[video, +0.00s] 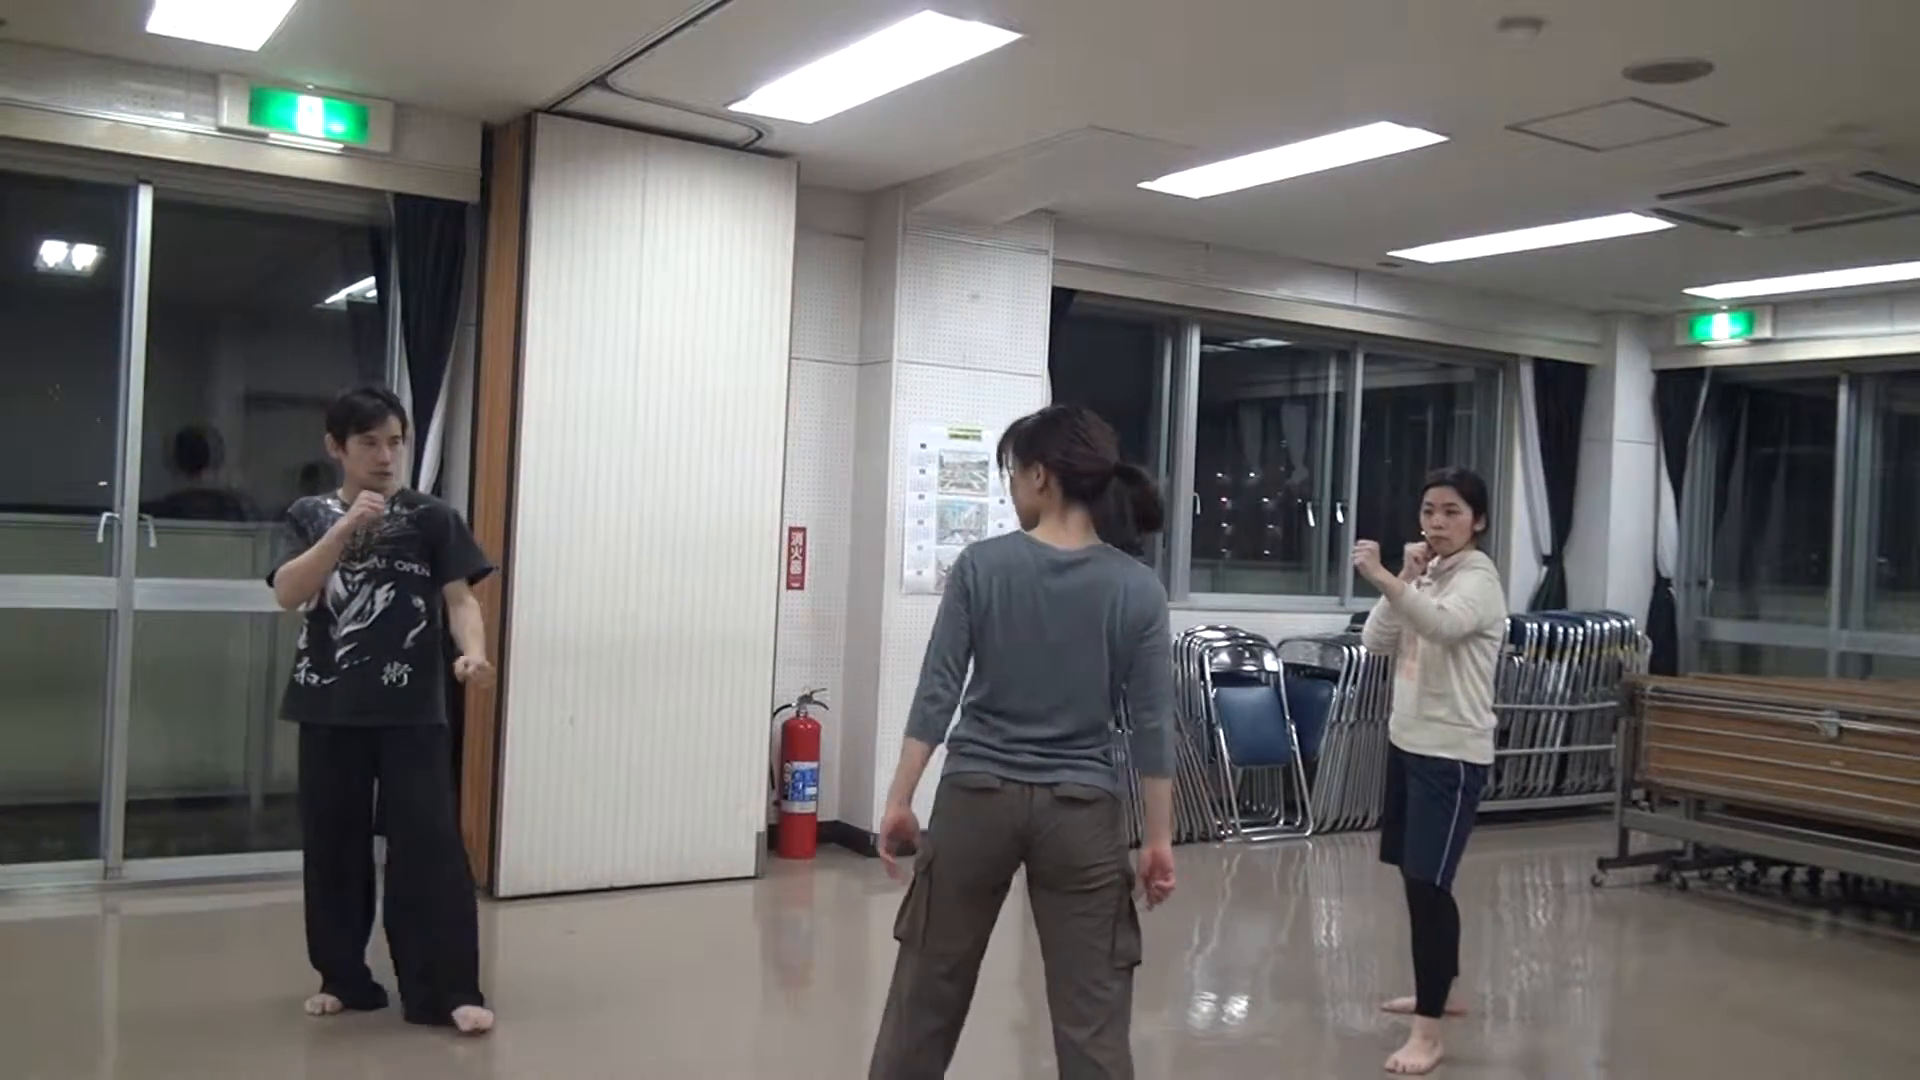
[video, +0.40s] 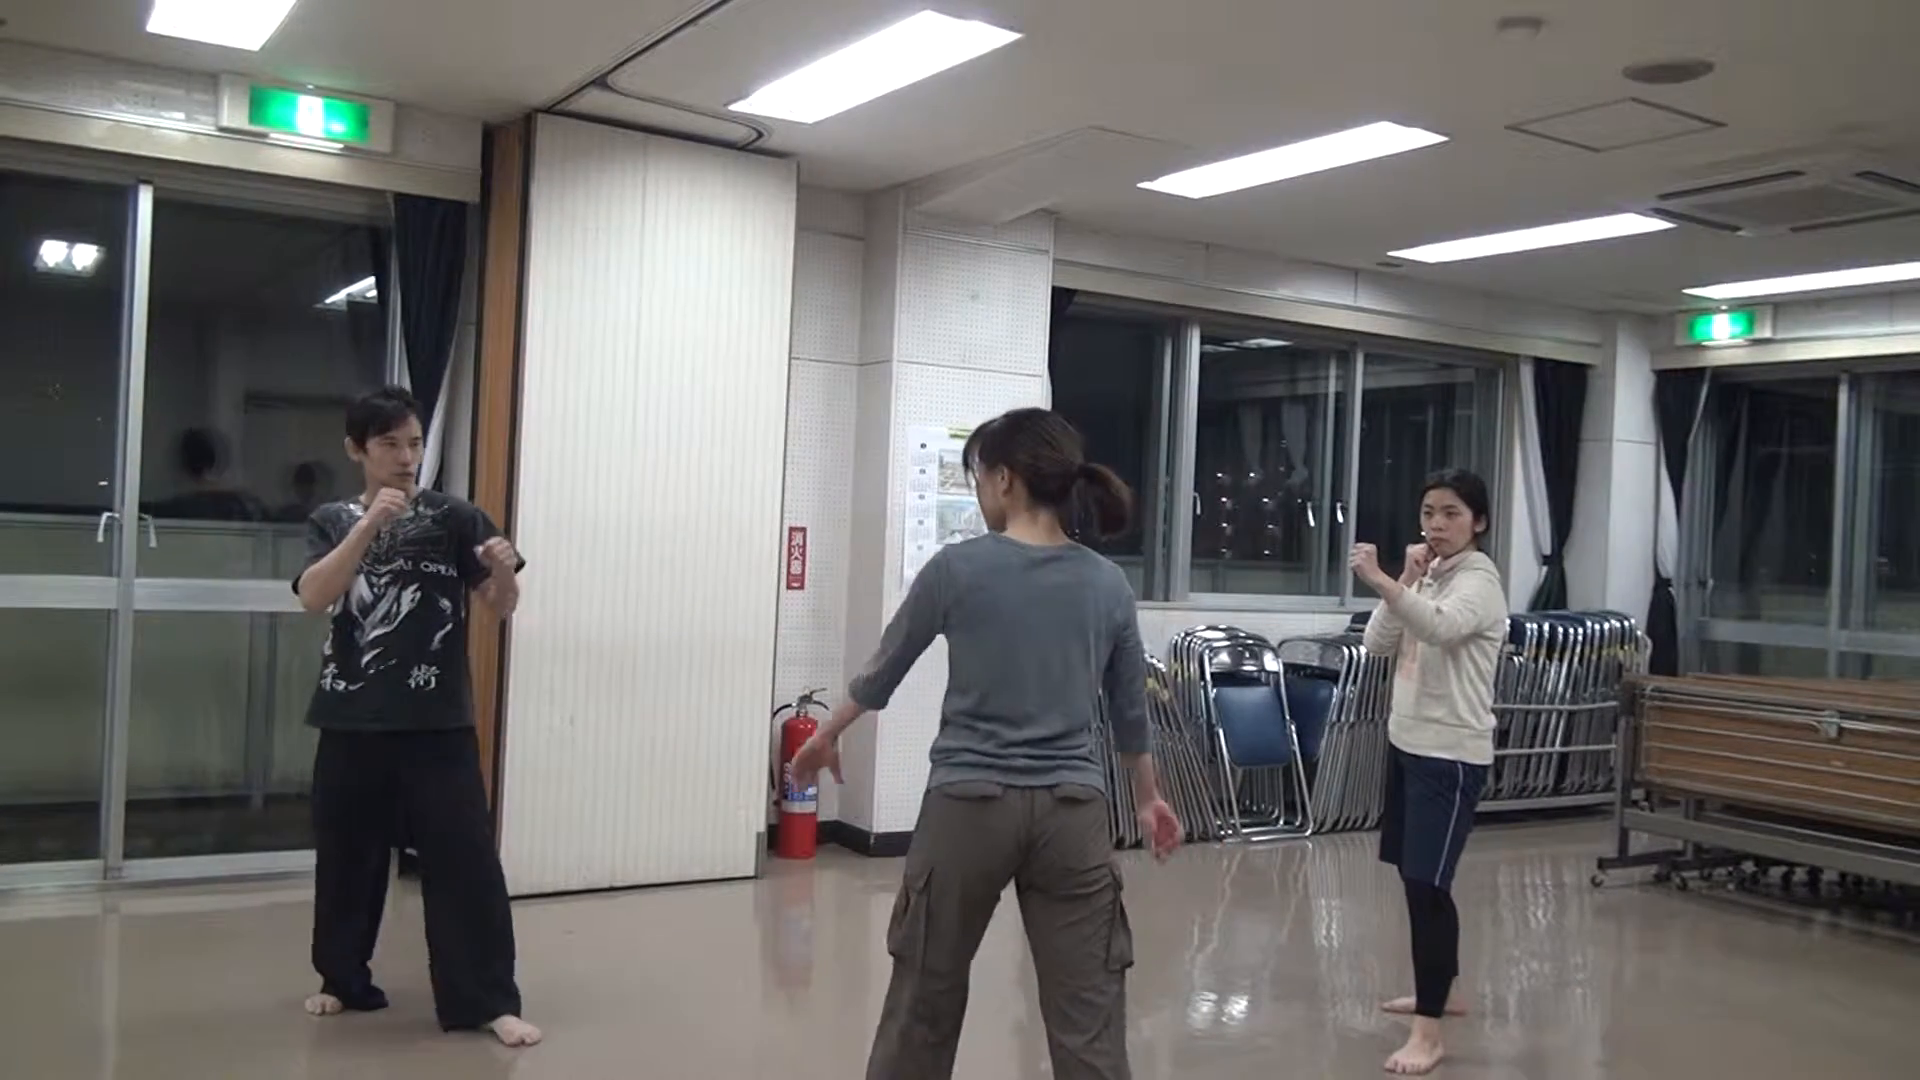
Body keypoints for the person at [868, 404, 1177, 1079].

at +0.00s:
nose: (1010, 490)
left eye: (1014, 475)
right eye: (1010, 476)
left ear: (1043, 477)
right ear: (1095, 481)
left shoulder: (981, 565)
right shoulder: (1138, 587)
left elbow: (938, 687)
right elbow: (1152, 721)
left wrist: (898, 800)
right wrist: (1159, 837)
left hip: (978, 803)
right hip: (1085, 813)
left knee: (928, 990)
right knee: (1093, 1013)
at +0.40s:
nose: (977, 493)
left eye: (979, 478)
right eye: (976, 478)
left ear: (1008, 479)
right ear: (1064, 483)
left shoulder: (957, 567)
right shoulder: (1108, 581)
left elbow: (883, 671)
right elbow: (1131, 705)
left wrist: (826, 734)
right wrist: (1150, 795)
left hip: (969, 808)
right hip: (1075, 812)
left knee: (924, 996)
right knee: (1087, 1009)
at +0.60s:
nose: (974, 492)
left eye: (976, 476)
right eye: (973, 478)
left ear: (1002, 478)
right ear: (1056, 481)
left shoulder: (949, 563)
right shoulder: (1106, 578)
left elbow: (875, 642)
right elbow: (1099, 681)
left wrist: (824, 680)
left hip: (957, 806)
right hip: (1065, 808)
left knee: (919, 993)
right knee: (1086, 1008)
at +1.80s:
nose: (997, 522)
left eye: (1001, 508)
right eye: (998, 508)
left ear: (1030, 511)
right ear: (1076, 512)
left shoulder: (975, 593)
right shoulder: (1131, 604)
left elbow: (889, 646)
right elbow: (1125, 701)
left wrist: (894, 604)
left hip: (998, 836)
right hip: (1107, 835)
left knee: (919, 997)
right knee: (1157, 1009)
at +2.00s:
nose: (1064, 550)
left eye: (1071, 536)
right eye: (1065, 537)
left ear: (1101, 543)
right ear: (1147, 545)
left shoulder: (1046, 625)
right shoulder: (1196, 640)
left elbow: (950, 689)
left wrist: (960, 649)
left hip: (1070, 874)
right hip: (1179, 871)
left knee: (955, 1018)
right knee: (1258, 1025)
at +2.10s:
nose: (1142, 555)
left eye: (1150, 543)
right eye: (1144, 543)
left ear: (1186, 549)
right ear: (1210, 552)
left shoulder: (1135, 631)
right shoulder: (1261, 648)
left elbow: (1044, 725)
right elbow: (1225, 731)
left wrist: (1002, 714)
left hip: (1132, 879)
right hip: (1231, 881)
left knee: (1010, 1024)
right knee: (1300, 1043)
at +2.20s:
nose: (1193, 563)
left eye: (1201, 548)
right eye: (1196, 548)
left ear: (1236, 556)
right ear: (1268, 561)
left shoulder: (1184, 630)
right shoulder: (1310, 661)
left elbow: (1092, 703)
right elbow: (1289, 750)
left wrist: (981, 704)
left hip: (1166, 881)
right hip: (1269, 889)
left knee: (1036, 1025)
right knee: (1318, 1050)